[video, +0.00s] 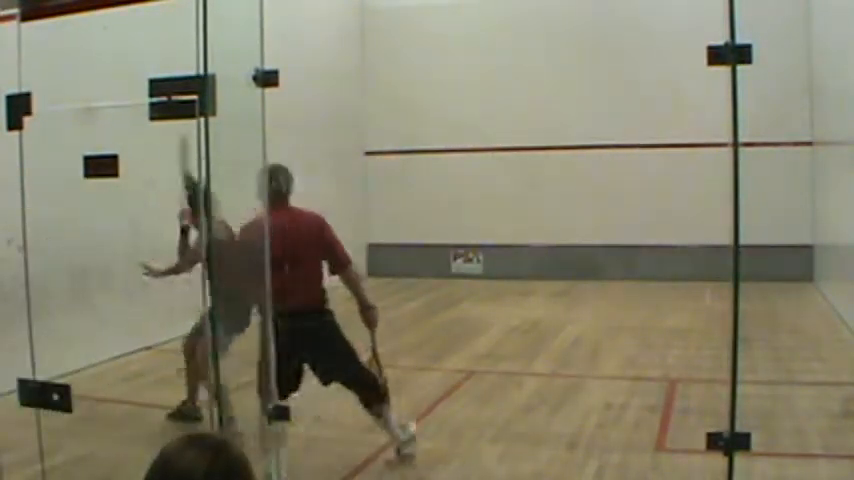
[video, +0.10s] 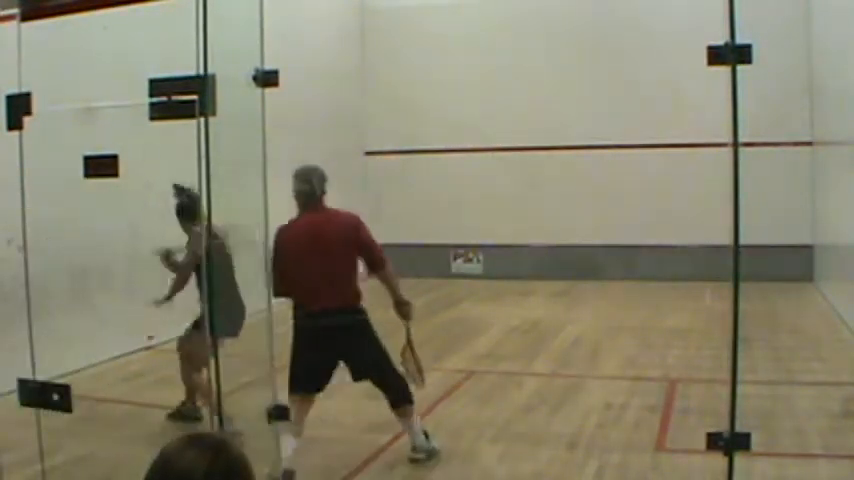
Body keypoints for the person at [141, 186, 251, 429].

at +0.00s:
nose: (188, 212)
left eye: (190, 208)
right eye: (189, 207)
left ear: (196, 208)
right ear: (208, 204)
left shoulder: (213, 232)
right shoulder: (212, 229)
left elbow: (187, 264)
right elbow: (185, 260)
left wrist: (161, 274)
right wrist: (184, 231)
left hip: (232, 308)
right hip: (222, 305)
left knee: (202, 353)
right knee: (190, 346)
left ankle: (225, 413)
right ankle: (191, 404)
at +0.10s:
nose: (179, 223)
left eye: (179, 218)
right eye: (181, 217)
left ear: (181, 218)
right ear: (199, 212)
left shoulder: (198, 237)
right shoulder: (212, 234)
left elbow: (184, 274)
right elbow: (189, 270)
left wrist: (169, 295)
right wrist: (171, 262)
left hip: (219, 313)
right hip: (229, 309)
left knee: (191, 358)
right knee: (186, 347)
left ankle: (217, 411)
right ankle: (190, 403)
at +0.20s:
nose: (176, 213)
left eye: (176, 209)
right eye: (178, 208)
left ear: (179, 211)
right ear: (200, 207)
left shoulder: (185, 235)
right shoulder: (220, 232)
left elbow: (181, 277)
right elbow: (223, 273)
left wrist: (175, 311)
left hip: (207, 309)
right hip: (230, 306)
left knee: (186, 368)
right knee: (195, 354)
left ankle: (220, 417)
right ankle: (190, 403)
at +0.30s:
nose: (179, 208)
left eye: (179, 204)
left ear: (179, 208)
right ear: (201, 204)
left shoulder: (182, 235)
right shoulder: (220, 231)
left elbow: (179, 276)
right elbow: (240, 268)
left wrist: (172, 314)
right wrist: (257, 296)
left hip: (203, 307)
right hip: (226, 304)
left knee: (187, 364)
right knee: (198, 354)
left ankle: (224, 411)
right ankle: (191, 403)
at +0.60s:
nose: (197, 191)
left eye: (196, 186)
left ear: (198, 188)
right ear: (222, 185)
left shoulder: (195, 221)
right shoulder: (238, 219)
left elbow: (189, 265)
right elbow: (253, 260)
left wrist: (184, 299)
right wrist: (261, 292)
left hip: (213, 297)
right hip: (240, 294)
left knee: (219, 355)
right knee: (221, 352)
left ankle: (234, 417)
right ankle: (222, 402)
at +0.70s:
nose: (209, 187)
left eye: (205, 182)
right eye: (216, 181)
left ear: (202, 184)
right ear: (225, 182)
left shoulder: (199, 217)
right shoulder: (242, 216)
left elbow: (195, 260)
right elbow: (254, 259)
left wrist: (192, 294)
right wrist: (258, 291)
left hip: (220, 297)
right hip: (246, 294)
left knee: (225, 355)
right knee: (234, 350)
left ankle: (238, 417)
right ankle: (248, 408)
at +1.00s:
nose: (205, 185)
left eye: (205, 180)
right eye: (208, 179)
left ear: (206, 182)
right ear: (228, 178)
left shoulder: (212, 215)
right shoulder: (244, 213)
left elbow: (210, 262)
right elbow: (249, 258)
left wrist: (205, 301)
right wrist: (246, 284)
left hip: (221, 294)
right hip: (246, 290)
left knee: (213, 352)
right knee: (251, 349)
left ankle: (232, 407)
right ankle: (266, 404)